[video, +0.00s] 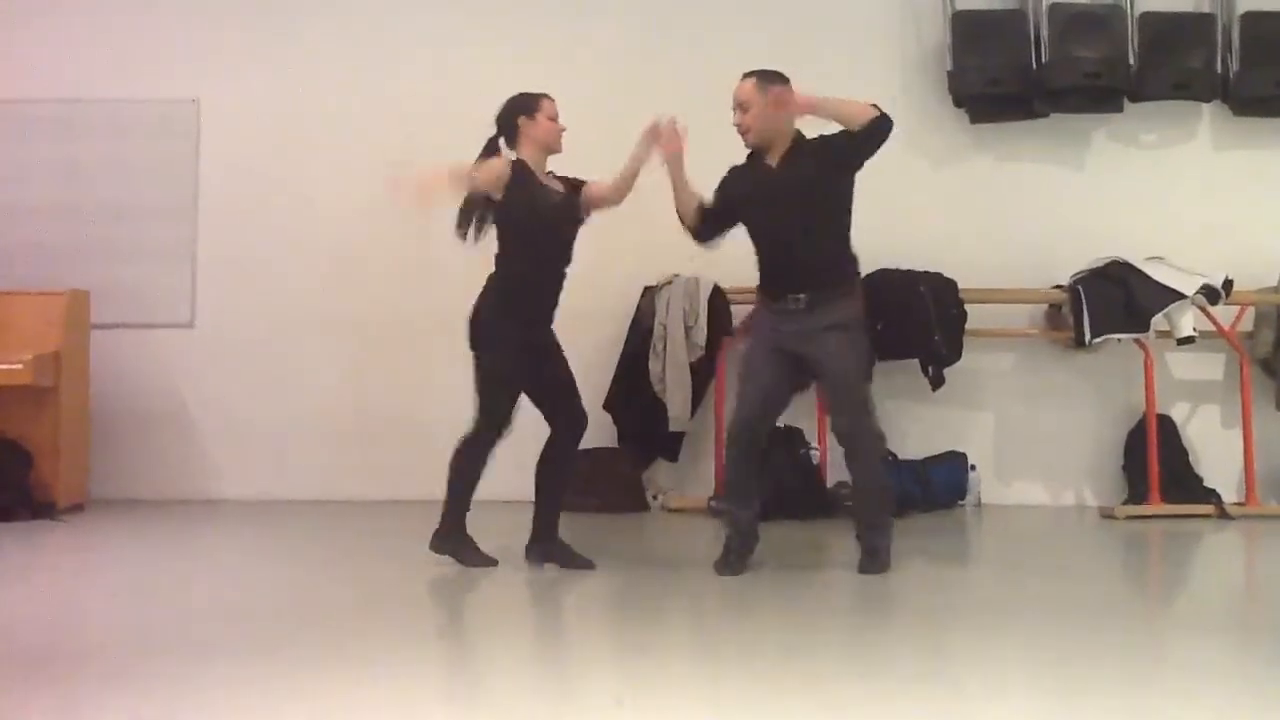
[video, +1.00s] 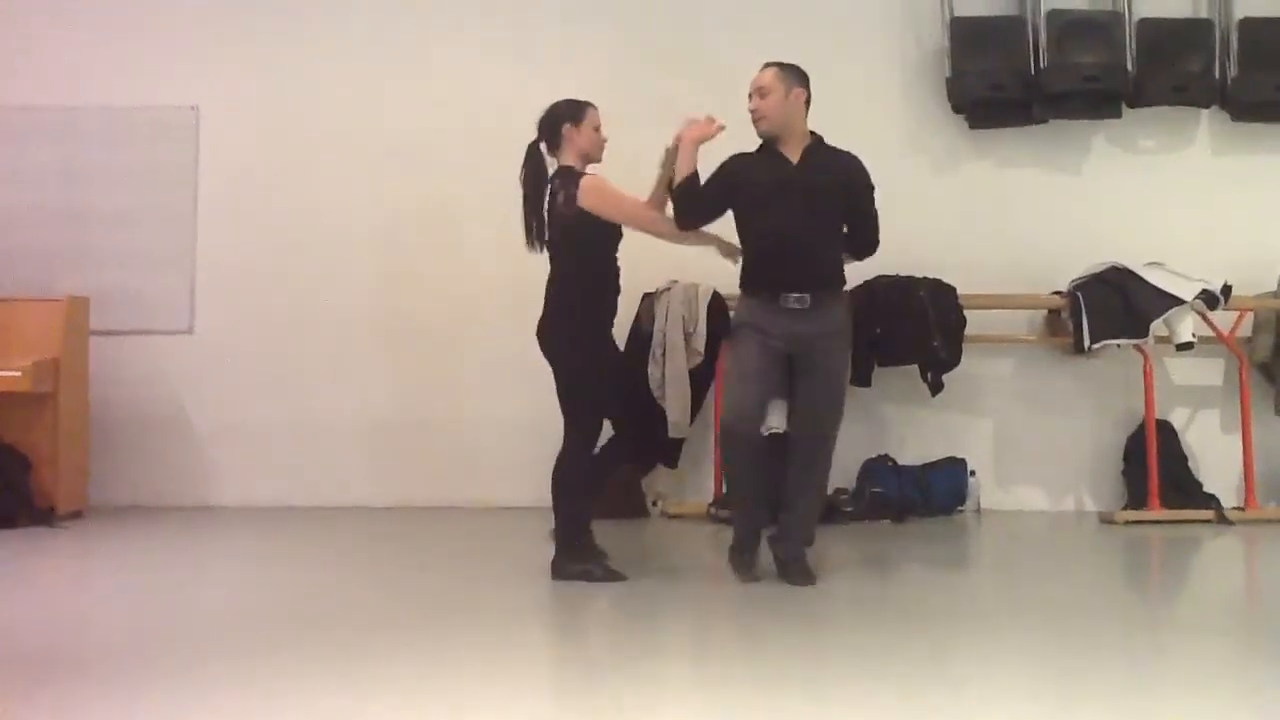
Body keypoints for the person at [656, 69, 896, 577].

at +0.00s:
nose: (737, 120)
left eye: (744, 108)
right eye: (734, 111)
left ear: (781, 106)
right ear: (747, 115)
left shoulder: (830, 154)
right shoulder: (743, 179)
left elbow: (878, 123)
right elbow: (702, 228)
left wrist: (808, 104)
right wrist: (675, 164)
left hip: (835, 315)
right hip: (774, 318)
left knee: (854, 424)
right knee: (746, 424)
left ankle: (875, 537)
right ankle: (740, 535)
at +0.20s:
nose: (739, 118)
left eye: (748, 108)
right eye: (738, 109)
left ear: (785, 108)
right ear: (761, 111)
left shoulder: (831, 159)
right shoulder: (741, 184)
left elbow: (903, 180)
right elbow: (727, 258)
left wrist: (862, 200)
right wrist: (696, 319)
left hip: (832, 319)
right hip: (770, 324)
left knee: (852, 430)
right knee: (755, 428)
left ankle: (876, 539)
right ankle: (759, 539)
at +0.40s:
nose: (740, 107)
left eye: (749, 97)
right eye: (739, 98)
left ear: (787, 98)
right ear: (770, 101)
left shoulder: (833, 161)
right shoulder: (737, 168)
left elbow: (890, 220)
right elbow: (714, 240)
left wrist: (864, 284)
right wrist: (676, 270)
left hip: (817, 315)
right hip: (752, 316)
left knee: (826, 419)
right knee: (747, 426)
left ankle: (862, 518)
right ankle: (759, 536)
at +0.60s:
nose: (744, 100)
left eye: (754, 90)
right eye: (743, 92)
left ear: (792, 94)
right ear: (750, 100)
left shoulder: (838, 161)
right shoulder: (734, 161)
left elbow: (852, 232)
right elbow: (681, 210)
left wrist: (811, 240)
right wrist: (672, 154)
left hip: (812, 313)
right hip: (748, 313)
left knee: (808, 423)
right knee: (750, 429)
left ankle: (796, 541)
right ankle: (756, 539)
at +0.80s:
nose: (749, 96)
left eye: (759, 87)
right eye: (747, 89)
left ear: (796, 92)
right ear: (752, 99)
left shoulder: (838, 162)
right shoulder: (737, 157)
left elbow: (851, 237)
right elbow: (680, 195)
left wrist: (800, 242)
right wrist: (683, 129)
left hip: (818, 311)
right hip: (754, 309)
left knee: (807, 428)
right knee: (752, 427)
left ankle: (792, 542)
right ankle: (753, 536)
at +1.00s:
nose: (752, 104)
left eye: (762, 94)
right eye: (750, 96)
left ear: (799, 99)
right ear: (754, 104)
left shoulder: (845, 168)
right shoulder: (742, 168)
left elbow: (864, 243)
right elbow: (690, 214)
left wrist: (814, 242)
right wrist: (687, 150)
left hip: (824, 320)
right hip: (759, 318)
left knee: (814, 435)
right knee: (738, 422)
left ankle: (794, 547)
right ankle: (746, 528)